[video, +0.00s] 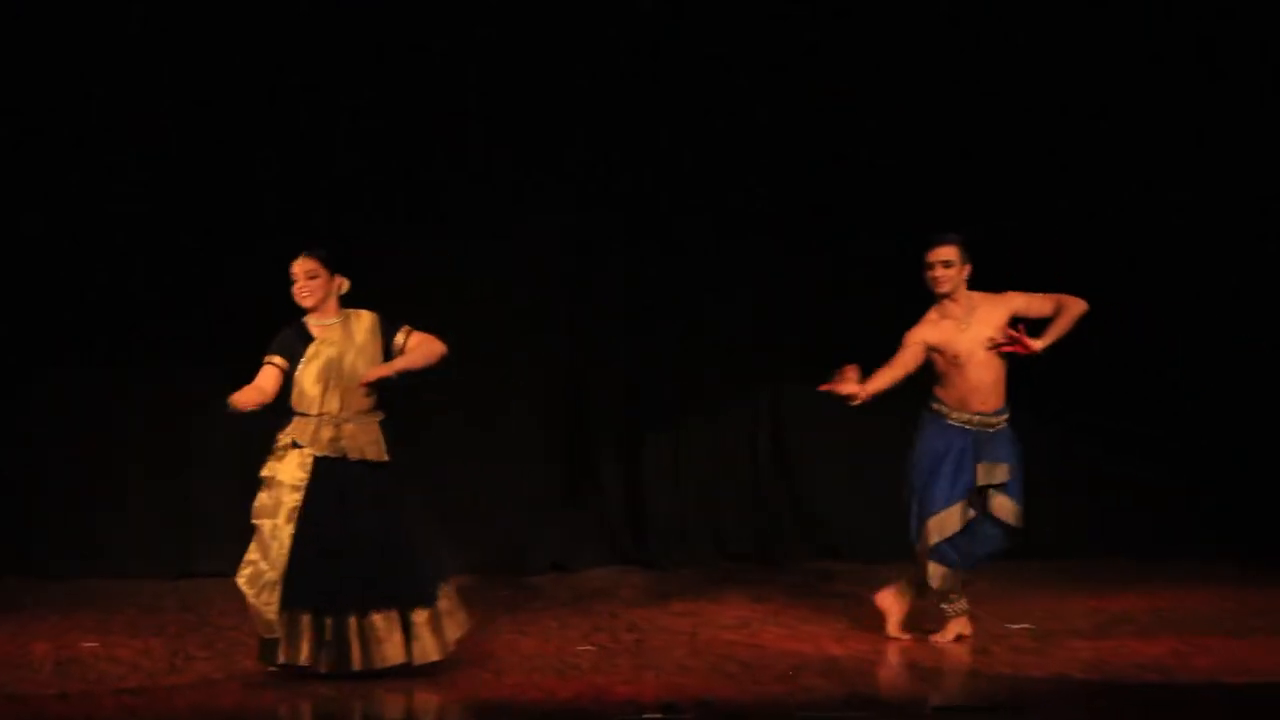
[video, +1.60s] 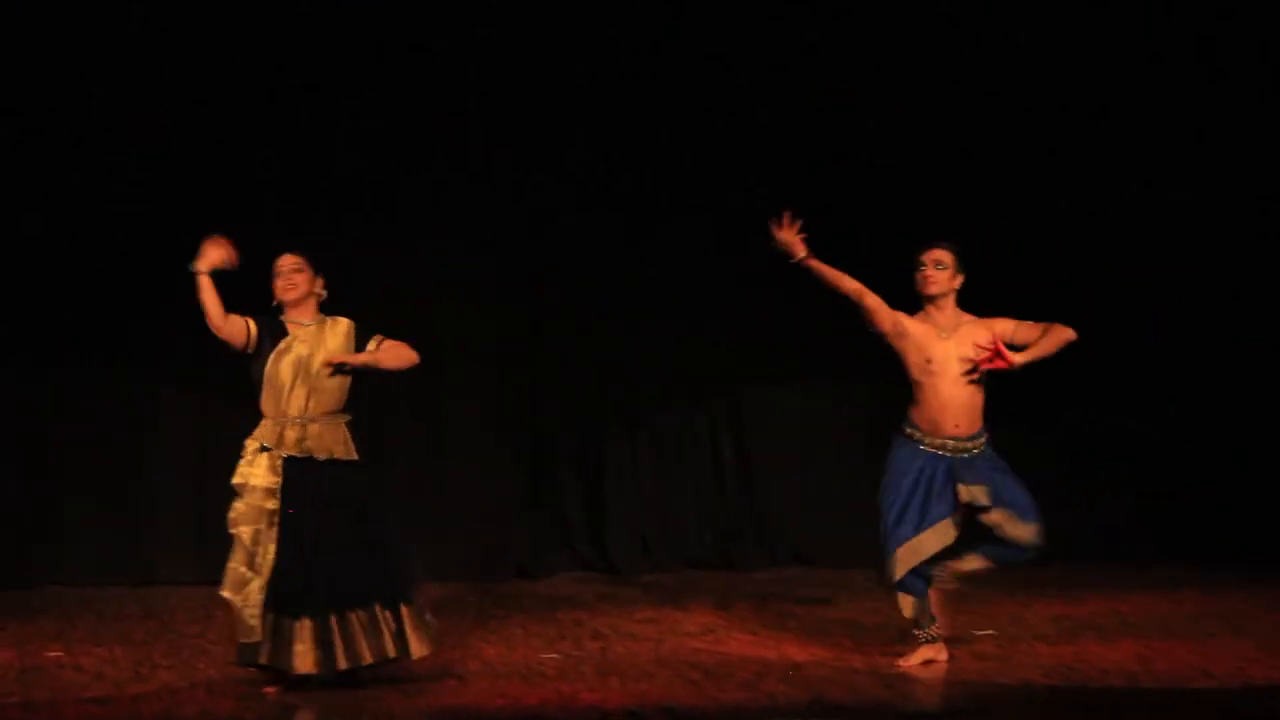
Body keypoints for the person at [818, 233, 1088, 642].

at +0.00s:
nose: (937, 273)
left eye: (946, 265)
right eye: (930, 267)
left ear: (966, 270)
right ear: (924, 274)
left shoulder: (1002, 305)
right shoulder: (926, 332)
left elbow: (1074, 305)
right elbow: (897, 369)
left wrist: (1042, 342)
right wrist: (863, 390)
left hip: (993, 429)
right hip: (946, 427)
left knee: (999, 520)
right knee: (939, 518)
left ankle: (903, 590)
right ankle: (957, 615)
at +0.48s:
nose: (940, 270)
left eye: (946, 262)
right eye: (930, 263)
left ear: (957, 269)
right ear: (916, 272)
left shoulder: (985, 317)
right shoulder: (901, 331)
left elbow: (1059, 329)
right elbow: (871, 385)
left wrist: (1025, 341)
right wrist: (864, 360)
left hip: (968, 436)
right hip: (916, 433)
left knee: (1028, 501)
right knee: (886, 522)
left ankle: (959, 572)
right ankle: (882, 625)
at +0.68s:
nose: (973, 256)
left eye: (976, 249)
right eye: (961, 249)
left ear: (981, 260)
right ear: (938, 261)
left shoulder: (997, 313)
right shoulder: (914, 312)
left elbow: (1075, 318)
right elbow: (856, 350)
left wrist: (1067, 266)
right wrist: (907, 346)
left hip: (981, 431)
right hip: (924, 430)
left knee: (1014, 522)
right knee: (896, 521)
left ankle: (990, 625)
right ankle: (899, 609)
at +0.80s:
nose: (1009, 261)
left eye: (1011, 254)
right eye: (997, 254)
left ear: (1013, 266)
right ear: (972, 266)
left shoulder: (1027, 321)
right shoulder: (940, 314)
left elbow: (1094, 298)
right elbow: (875, 338)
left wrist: (1134, 244)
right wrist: (932, 345)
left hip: (1005, 438)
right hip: (951, 442)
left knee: (1025, 528)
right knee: (953, 534)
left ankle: (1006, 622)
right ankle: (1018, 588)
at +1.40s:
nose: (982, 261)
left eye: (992, 256)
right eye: (973, 254)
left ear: (1004, 269)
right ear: (960, 266)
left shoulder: (1022, 322)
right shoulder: (936, 316)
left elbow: (1098, 330)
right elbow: (876, 335)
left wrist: (1066, 288)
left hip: (1011, 439)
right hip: (950, 440)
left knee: (1066, 530)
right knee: (920, 524)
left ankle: (1052, 626)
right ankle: (946, 616)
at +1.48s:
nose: (957, 266)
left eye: (968, 260)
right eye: (951, 260)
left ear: (985, 274)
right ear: (942, 271)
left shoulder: (1003, 323)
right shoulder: (925, 322)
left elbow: (1087, 331)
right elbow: (867, 317)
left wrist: (1034, 327)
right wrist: (846, 263)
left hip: (996, 446)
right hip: (939, 448)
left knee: (1061, 524)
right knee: (917, 541)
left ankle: (1023, 614)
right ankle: (931, 639)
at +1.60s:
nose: (927, 274)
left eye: (938, 267)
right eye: (922, 268)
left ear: (958, 280)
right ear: (916, 279)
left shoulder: (988, 330)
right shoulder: (904, 329)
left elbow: (1063, 333)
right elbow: (857, 292)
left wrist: (1019, 359)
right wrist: (804, 259)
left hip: (974, 454)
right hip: (919, 453)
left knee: (1023, 533)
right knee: (906, 544)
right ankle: (928, 642)